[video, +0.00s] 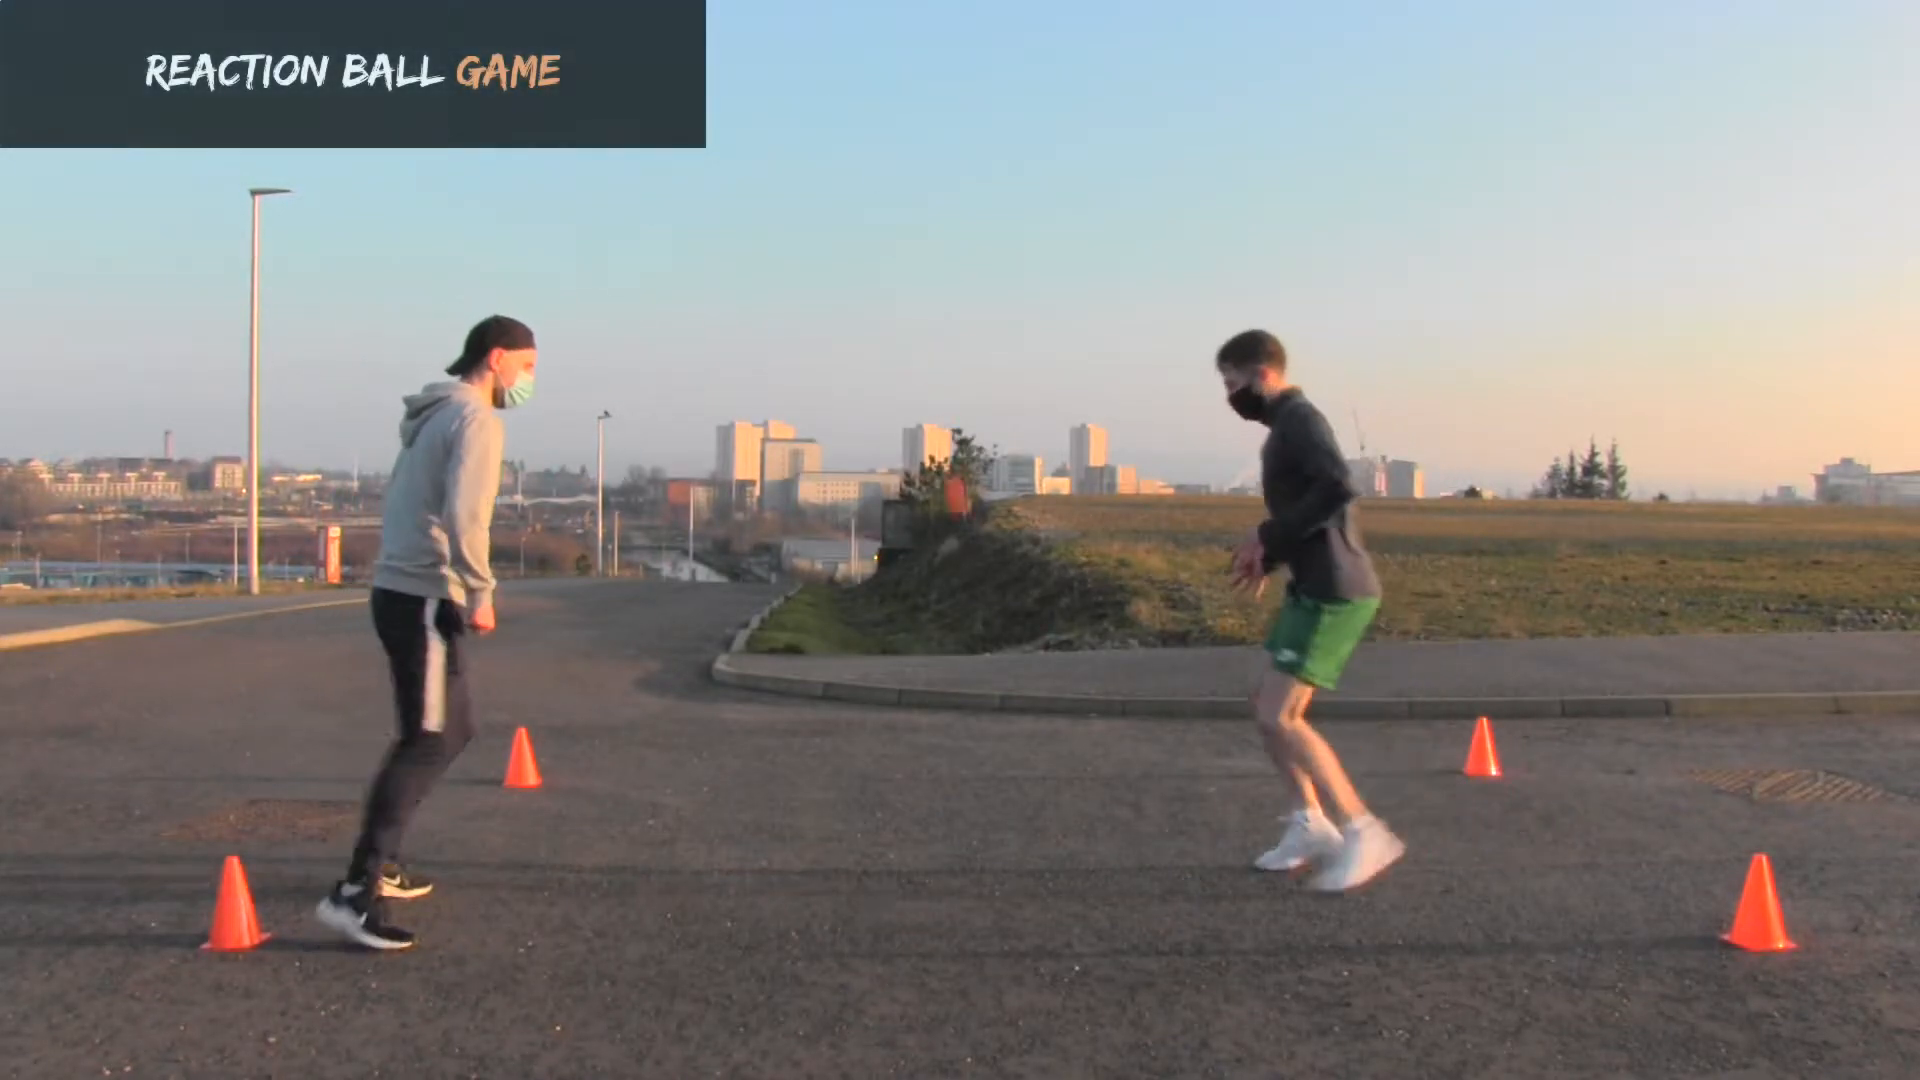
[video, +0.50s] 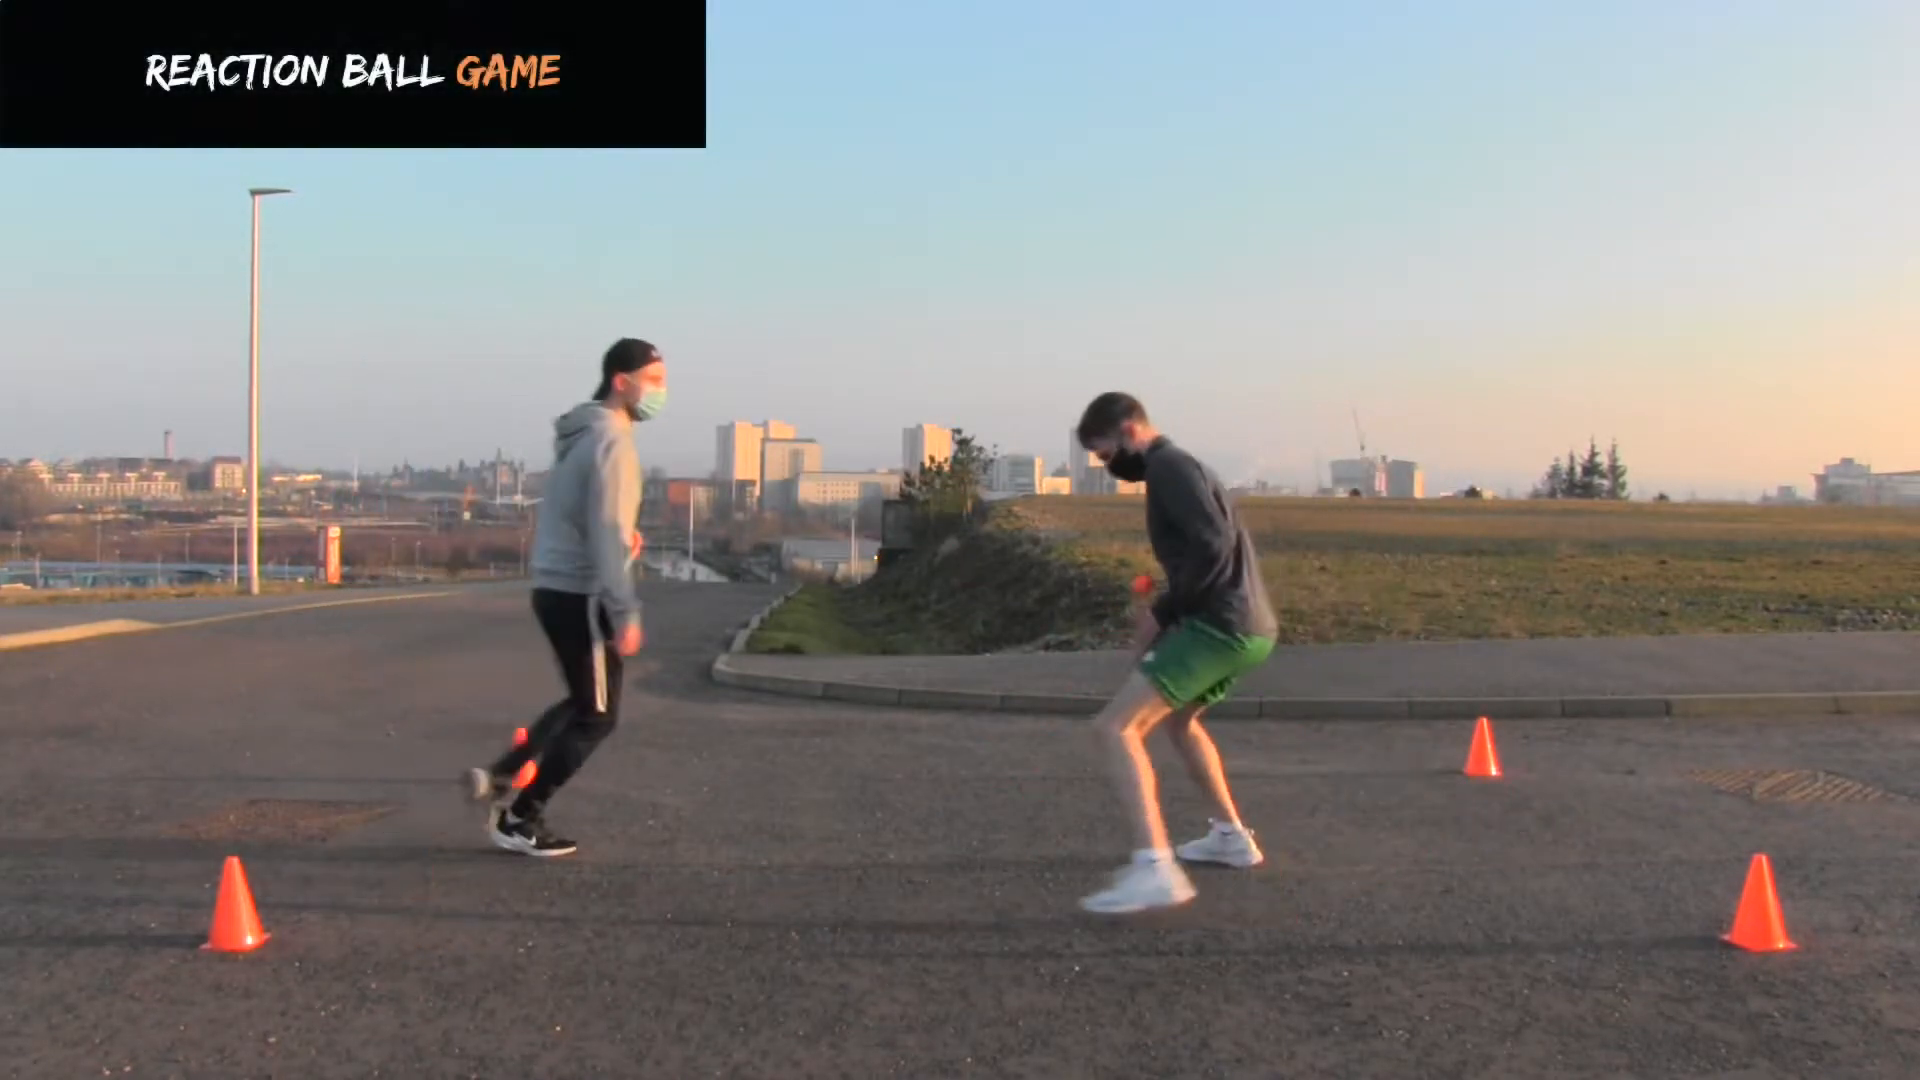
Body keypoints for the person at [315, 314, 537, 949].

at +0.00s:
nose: (530, 379)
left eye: (532, 367)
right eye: (527, 366)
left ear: (489, 358)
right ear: (496, 358)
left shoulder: (444, 411)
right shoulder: (478, 419)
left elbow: (425, 508)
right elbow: (464, 513)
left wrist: (455, 586)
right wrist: (481, 589)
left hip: (412, 591)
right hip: (419, 595)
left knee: (452, 727)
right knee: (426, 736)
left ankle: (378, 865)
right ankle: (356, 892)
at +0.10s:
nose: (541, 391)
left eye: (543, 381)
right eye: (538, 379)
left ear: (500, 369)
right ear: (506, 369)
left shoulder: (457, 419)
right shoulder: (492, 426)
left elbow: (458, 525)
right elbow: (471, 513)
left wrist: (522, 560)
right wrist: (472, 592)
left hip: (410, 597)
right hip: (434, 601)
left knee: (441, 736)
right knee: (479, 740)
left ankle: (380, 863)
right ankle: (389, 867)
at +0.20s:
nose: (568, 384)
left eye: (571, 374)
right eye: (565, 372)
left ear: (530, 362)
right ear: (532, 361)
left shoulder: (494, 408)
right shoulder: (510, 411)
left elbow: (502, 515)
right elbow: (480, 492)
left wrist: (571, 526)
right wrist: (474, 571)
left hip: (443, 587)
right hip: (481, 589)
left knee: (440, 724)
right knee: (535, 712)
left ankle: (377, 854)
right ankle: (464, 836)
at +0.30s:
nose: (605, 366)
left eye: (607, 356)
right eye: (599, 355)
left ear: (565, 351)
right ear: (569, 350)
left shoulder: (535, 397)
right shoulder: (549, 401)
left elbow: (535, 487)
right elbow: (513, 481)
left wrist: (585, 504)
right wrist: (514, 557)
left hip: (486, 568)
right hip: (524, 574)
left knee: (475, 696)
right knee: (551, 698)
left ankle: (402, 814)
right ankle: (523, 808)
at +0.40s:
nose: (627, 375)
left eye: (628, 365)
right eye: (620, 363)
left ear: (586, 363)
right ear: (588, 362)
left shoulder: (564, 410)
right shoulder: (572, 413)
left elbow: (551, 498)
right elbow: (546, 501)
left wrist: (592, 518)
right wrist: (553, 582)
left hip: (515, 578)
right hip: (548, 584)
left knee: (522, 698)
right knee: (567, 708)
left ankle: (425, 791)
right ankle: (518, 824)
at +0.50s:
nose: (661, 390)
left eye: (663, 380)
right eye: (654, 380)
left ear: (619, 383)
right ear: (622, 381)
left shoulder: (587, 431)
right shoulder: (612, 439)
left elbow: (575, 514)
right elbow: (606, 531)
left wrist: (618, 534)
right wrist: (625, 614)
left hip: (557, 587)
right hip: (578, 591)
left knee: (587, 701)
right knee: (597, 713)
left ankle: (500, 776)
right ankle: (520, 819)